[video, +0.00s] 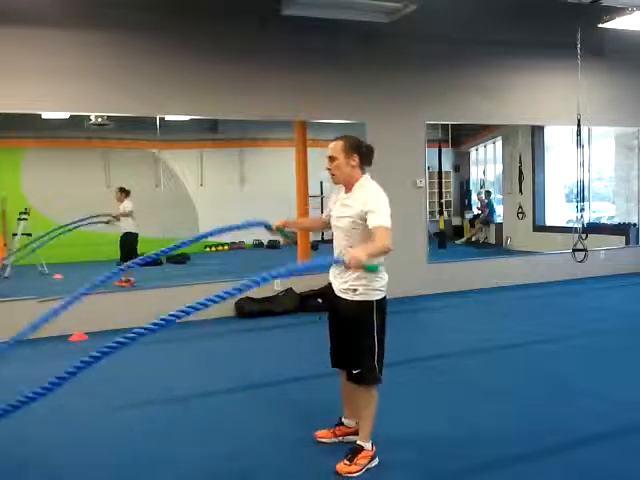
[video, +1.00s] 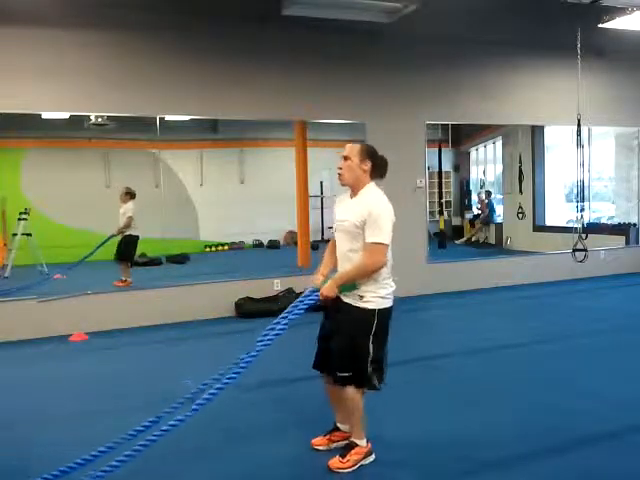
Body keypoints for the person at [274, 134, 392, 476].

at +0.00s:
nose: (328, 166)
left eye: (333, 160)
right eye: (328, 160)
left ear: (354, 162)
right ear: (344, 163)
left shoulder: (372, 194)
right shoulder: (340, 194)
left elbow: (383, 241)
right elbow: (326, 223)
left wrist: (363, 252)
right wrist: (290, 225)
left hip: (366, 296)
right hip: (341, 292)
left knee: (366, 373)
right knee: (346, 366)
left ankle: (366, 446)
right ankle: (349, 424)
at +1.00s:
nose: (339, 164)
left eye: (346, 159)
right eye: (340, 159)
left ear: (366, 166)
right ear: (353, 167)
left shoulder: (378, 204)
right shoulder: (343, 201)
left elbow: (375, 260)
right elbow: (337, 242)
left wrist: (336, 282)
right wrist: (323, 270)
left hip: (368, 303)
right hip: (342, 298)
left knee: (350, 378)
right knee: (329, 370)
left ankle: (361, 444)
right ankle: (344, 429)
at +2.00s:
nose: (329, 174)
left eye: (337, 169)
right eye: (331, 169)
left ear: (355, 178)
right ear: (347, 179)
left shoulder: (361, 216)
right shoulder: (331, 212)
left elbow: (336, 265)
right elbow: (307, 241)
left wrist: (294, 282)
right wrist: (300, 249)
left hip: (343, 309)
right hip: (320, 302)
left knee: (308, 382)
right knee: (292, 377)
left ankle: (313, 451)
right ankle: (305, 441)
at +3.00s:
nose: (322, 152)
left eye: (330, 146)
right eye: (323, 146)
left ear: (350, 156)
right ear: (327, 156)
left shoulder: (357, 190)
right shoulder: (320, 192)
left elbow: (358, 226)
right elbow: (296, 220)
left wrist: (313, 236)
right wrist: (263, 224)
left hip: (335, 296)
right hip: (306, 290)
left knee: (321, 370)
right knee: (295, 363)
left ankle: (316, 441)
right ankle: (295, 429)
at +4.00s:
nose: (329, 144)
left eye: (336, 138)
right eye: (329, 139)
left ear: (355, 144)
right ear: (334, 146)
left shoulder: (362, 170)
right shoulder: (325, 175)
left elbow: (371, 186)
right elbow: (295, 196)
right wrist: (262, 197)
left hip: (341, 278)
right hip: (313, 273)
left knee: (329, 357)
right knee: (302, 346)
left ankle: (340, 428)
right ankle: (307, 405)